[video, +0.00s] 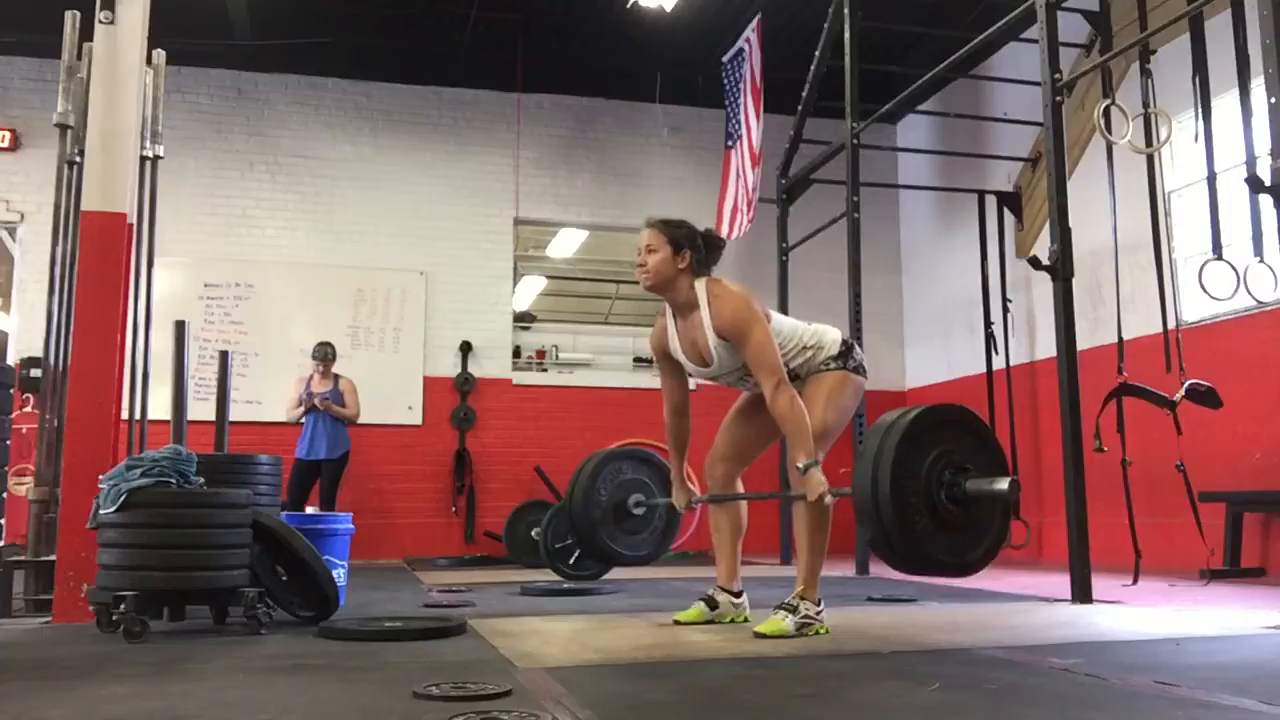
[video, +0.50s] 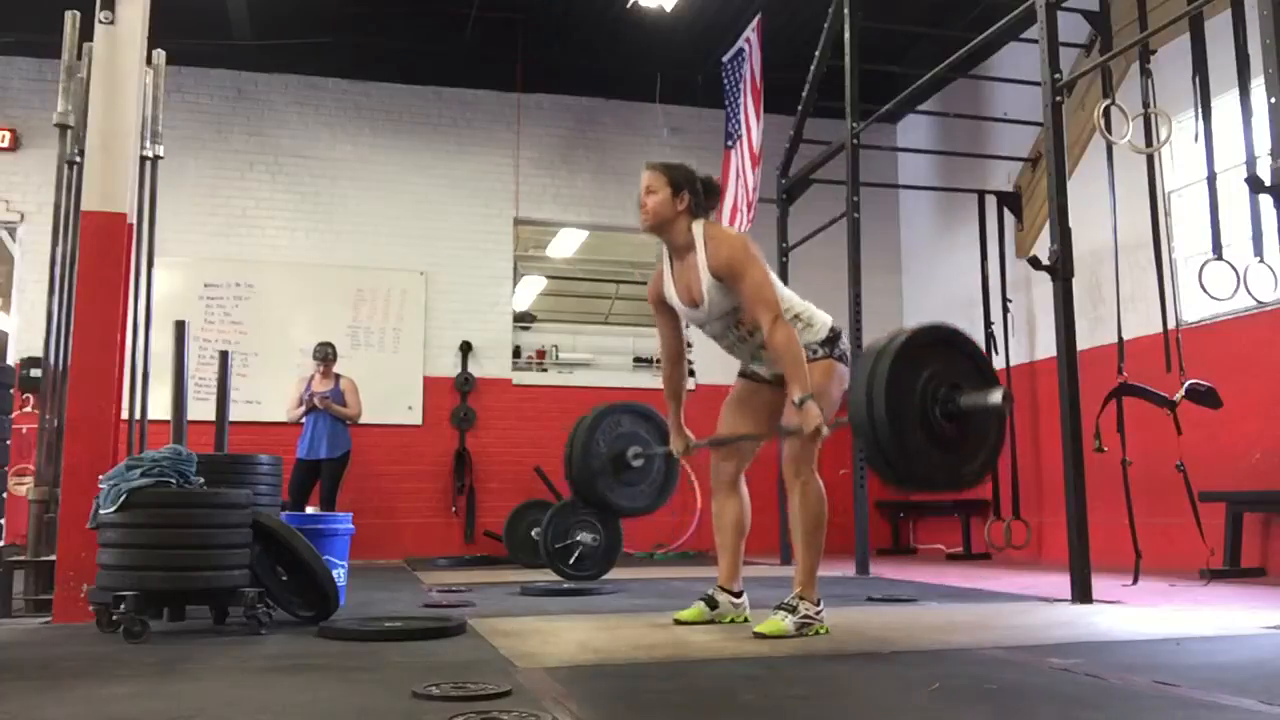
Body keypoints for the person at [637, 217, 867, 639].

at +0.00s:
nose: (640, 261)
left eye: (650, 251)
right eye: (639, 253)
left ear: (683, 258)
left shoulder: (729, 305)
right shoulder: (663, 336)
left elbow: (778, 387)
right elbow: (676, 412)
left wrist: (807, 464)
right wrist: (677, 475)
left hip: (834, 363)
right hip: (780, 377)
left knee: (804, 466)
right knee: (720, 467)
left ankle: (807, 602)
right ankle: (728, 595)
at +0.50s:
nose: (641, 203)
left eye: (651, 193)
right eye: (641, 194)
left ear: (681, 200)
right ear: (664, 204)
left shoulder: (726, 247)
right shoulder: (661, 285)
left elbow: (774, 323)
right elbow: (672, 358)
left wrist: (802, 398)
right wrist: (676, 423)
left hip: (814, 347)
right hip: (761, 361)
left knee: (796, 466)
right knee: (724, 468)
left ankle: (806, 601)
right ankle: (728, 594)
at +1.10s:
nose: (757, 146)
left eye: (768, 139)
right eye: (759, 138)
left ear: (796, 155)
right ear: (759, 152)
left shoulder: (797, 201)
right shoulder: (732, 211)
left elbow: (821, 209)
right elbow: (708, 272)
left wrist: (805, 199)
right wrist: (668, 258)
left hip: (765, 342)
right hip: (712, 348)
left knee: (753, 445)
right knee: (661, 465)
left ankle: (817, 586)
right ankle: (695, 584)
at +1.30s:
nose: (724, 186)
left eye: (738, 181)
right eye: (724, 181)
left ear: (763, 203)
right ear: (722, 203)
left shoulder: (773, 254)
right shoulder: (696, 271)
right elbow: (638, 311)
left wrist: (767, 226)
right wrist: (645, 259)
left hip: (783, 397)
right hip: (726, 410)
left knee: (760, 475)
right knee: (637, 486)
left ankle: (826, 606)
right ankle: (682, 596)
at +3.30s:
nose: (722, 151)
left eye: (734, 145)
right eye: (722, 145)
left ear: (762, 160)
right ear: (722, 159)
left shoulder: (775, 215)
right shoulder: (697, 226)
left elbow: (749, 229)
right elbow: (632, 262)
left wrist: (775, 176)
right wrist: (653, 209)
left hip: (761, 361)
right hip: (707, 368)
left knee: (743, 474)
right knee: (661, 478)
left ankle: (797, 601)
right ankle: (712, 592)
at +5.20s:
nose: (731, 137)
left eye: (742, 128)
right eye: (730, 130)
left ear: (771, 138)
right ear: (730, 143)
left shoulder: (792, 187)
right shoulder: (718, 210)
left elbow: (811, 253)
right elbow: (692, 278)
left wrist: (814, 316)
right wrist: (670, 338)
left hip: (777, 339)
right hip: (722, 345)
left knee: (784, 460)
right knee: (716, 465)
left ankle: (803, 598)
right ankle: (723, 593)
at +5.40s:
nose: (727, 137)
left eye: (738, 129)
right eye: (725, 130)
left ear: (767, 139)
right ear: (724, 142)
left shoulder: (787, 188)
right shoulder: (714, 211)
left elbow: (806, 252)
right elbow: (689, 279)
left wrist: (808, 315)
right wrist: (668, 340)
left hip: (770, 338)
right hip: (716, 345)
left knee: (777, 459)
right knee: (716, 464)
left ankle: (808, 597)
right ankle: (722, 593)